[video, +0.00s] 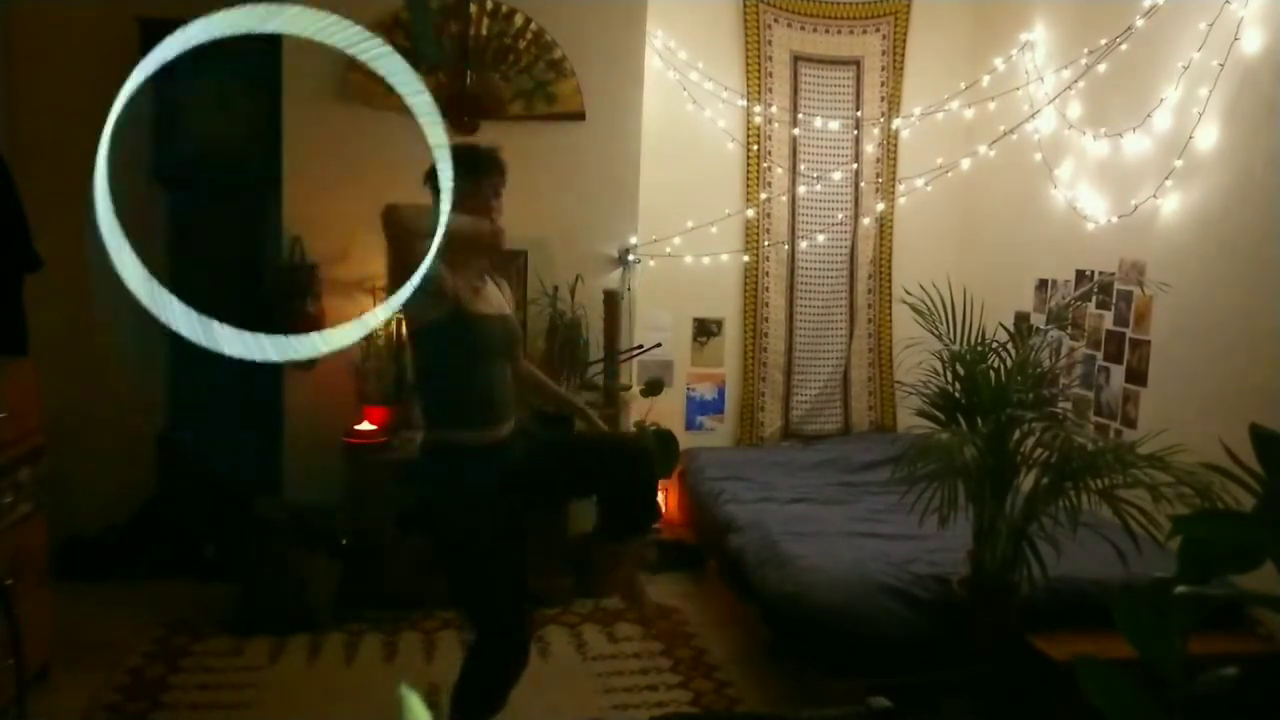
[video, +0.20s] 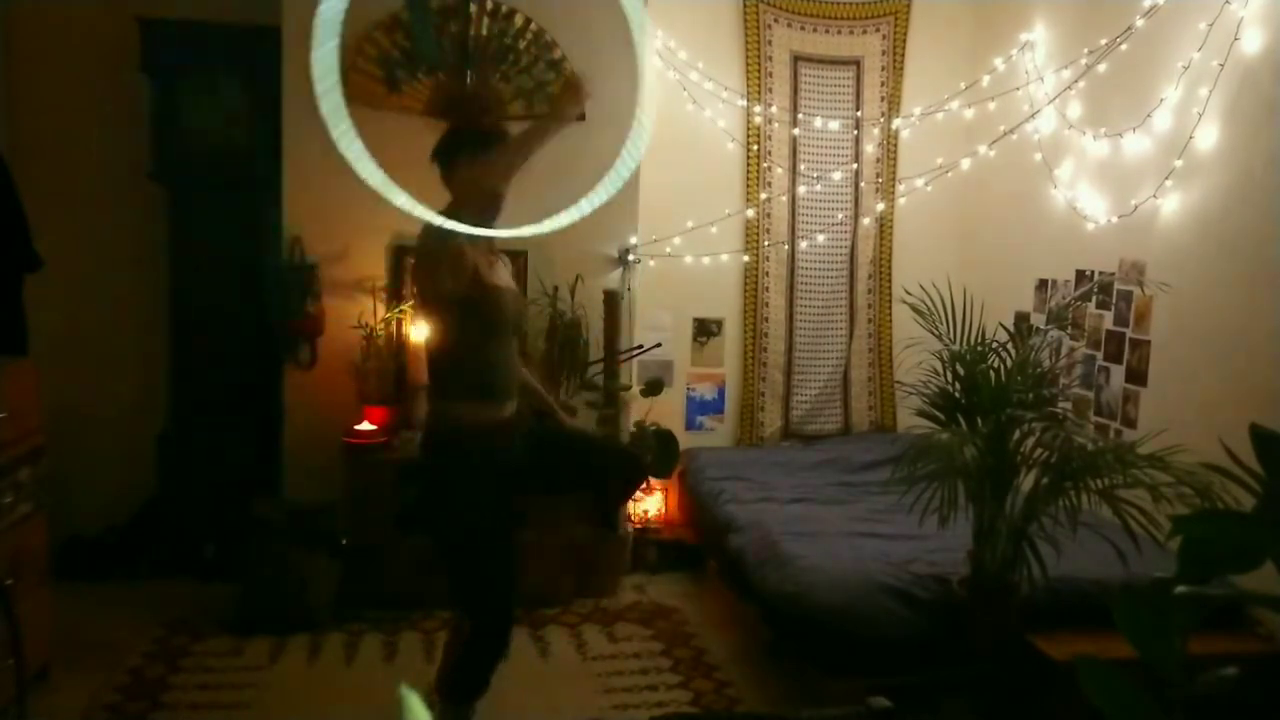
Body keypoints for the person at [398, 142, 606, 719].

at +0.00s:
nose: (495, 212)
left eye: (499, 198)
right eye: (485, 199)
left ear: (498, 204)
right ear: (450, 201)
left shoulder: (491, 281)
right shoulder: (422, 281)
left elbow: (517, 367)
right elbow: (397, 215)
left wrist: (577, 407)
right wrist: (478, 231)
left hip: (517, 451)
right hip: (461, 468)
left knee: (631, 459)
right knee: (505, 638)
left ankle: (607, 568)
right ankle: (462, 714)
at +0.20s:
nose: (500, 176)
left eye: (503, 165)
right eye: (489, 164)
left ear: (497, 169)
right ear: (455, 172)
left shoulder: (498, 256)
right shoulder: (440, 248)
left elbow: (511, 357)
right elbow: (498, 171)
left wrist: (560, 418)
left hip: (507, 435)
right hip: (461, 444)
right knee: (485, 615)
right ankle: (451, 708)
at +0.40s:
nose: (505, 185)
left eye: (510, 170)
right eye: (490, 170)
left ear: (515, 173)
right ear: (457, 175)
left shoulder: (496, 256)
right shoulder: (452, 245)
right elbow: (538, 254)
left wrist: (536, 409)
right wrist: (643, 259)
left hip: (491, 450)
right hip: (458, 450)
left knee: (475, 599)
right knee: (468, 600)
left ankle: (451, 706)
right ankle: (448, 707)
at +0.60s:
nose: (516, 212)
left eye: (516, 199)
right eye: (504, 199)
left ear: (513, 206)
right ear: (467, 205)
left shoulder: (496, 286)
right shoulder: (459, 285)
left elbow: (513, 389)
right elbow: (494, 398)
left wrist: (553, 422)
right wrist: (534, 433)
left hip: (486, 464)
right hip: (455, 465)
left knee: (482, 631)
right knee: (464, 633)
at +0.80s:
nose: (497, 255)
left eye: (497, 239)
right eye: (483, 241)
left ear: (495, 241)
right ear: (450, 246)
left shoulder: (477, 327)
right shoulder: (442, 339)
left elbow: (501, 430)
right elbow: (477, 452)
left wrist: (503, 460)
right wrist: (517, 471)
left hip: (463, 528)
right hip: (442, 535)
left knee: (412, 671)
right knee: (528, 651)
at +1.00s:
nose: (482, 254)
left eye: (488, 239)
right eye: (466, 242)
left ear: (498, 246)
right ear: (438, 255)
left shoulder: (514, 322)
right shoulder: (430, 343)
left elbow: (522, 411)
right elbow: (442, 444)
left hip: (506, 514)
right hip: (448, 517)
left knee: (449, 673)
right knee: (532, 680)